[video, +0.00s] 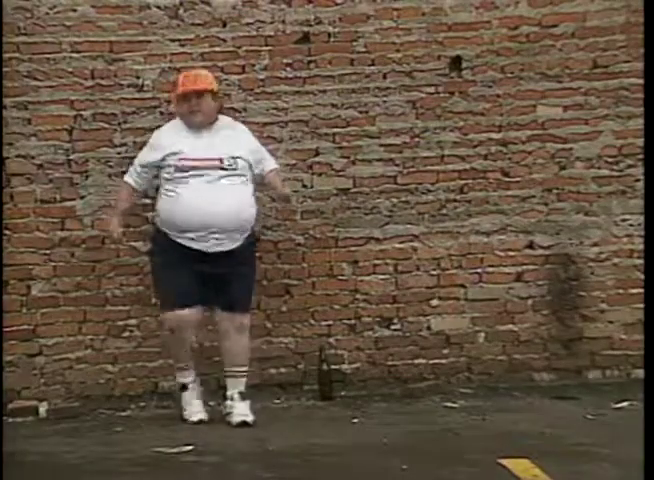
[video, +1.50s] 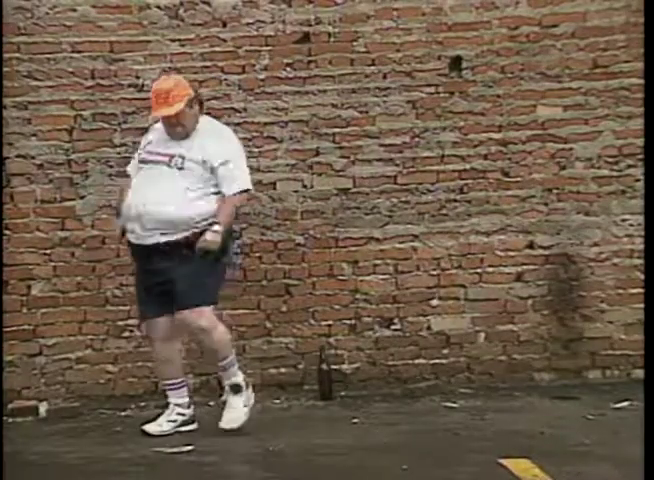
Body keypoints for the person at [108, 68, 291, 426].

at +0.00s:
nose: (195, 105)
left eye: (201, 97)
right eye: (187, 99)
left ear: (215, 100)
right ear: (176, 104)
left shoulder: (237, 133)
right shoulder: (164, 138)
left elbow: (266, 169)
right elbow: (134, 182)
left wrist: (280, 188)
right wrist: (116, 214)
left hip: (235, 244)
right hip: (176, 244)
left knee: (237, 320)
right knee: (180, 318)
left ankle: (237, 396)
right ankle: (189, 388)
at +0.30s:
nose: (174, 109)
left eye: (182, 103)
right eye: (170, 102)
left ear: (202, 102)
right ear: (164, 102)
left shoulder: (226, 129)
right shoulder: (155, 135)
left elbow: (262, 160)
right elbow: (128, 174)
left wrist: (267, 178)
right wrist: (110, 195)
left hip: (226, 245)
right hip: (170, 246)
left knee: (230, 322)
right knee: (179, 324)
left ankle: (235, 398)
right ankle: (182, 405)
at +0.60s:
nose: (188, 121)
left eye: (193, 114)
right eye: (180, 115)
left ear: (202, 107)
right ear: (164, 111)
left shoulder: (218, 139)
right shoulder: (143, 143)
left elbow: (246, 176)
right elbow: (122, 180)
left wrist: (244, 202)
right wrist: (119, 210)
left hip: (216, 244)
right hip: (158, 245)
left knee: (226, 315)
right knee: (171, 325)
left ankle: (232, 393)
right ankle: (181, 404)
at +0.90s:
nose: (178, 114)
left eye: (185, 106)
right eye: (170, 108)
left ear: (199, 108)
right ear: (161, 113)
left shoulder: (224, 138)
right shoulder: (157, 146)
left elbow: (264, 164)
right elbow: (140, 180)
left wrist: (241, 182)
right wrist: (130, 208)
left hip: (213, 256)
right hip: (157, 254)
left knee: (211, 332)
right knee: (147, 321)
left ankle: (217, 407)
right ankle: (176, 388)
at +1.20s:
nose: (170, 132)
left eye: (175, 124)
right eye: (161, 126)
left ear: (185, 113)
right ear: (148, 118)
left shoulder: (203, 139)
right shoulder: (137, 140)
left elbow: (207, 181)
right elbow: (109, 185)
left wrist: (184, 205)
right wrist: (77, 207)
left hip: (217, 243)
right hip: (167, 251)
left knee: (219, 324)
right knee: (173, 327)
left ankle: (225, 406)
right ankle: (181, 408)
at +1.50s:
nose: (170, 122)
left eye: (177, 114)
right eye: (164, 116)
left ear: (194, 104)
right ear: (156, 112)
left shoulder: (219, 138)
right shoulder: (154, 135)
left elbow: (235, 191)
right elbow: (136, 179)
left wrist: (218, 229)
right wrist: (127, 217)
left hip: (195, 243)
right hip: (149, 246)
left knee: (196, 317)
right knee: (159, 329)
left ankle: (237, 389)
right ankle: (180, 408)